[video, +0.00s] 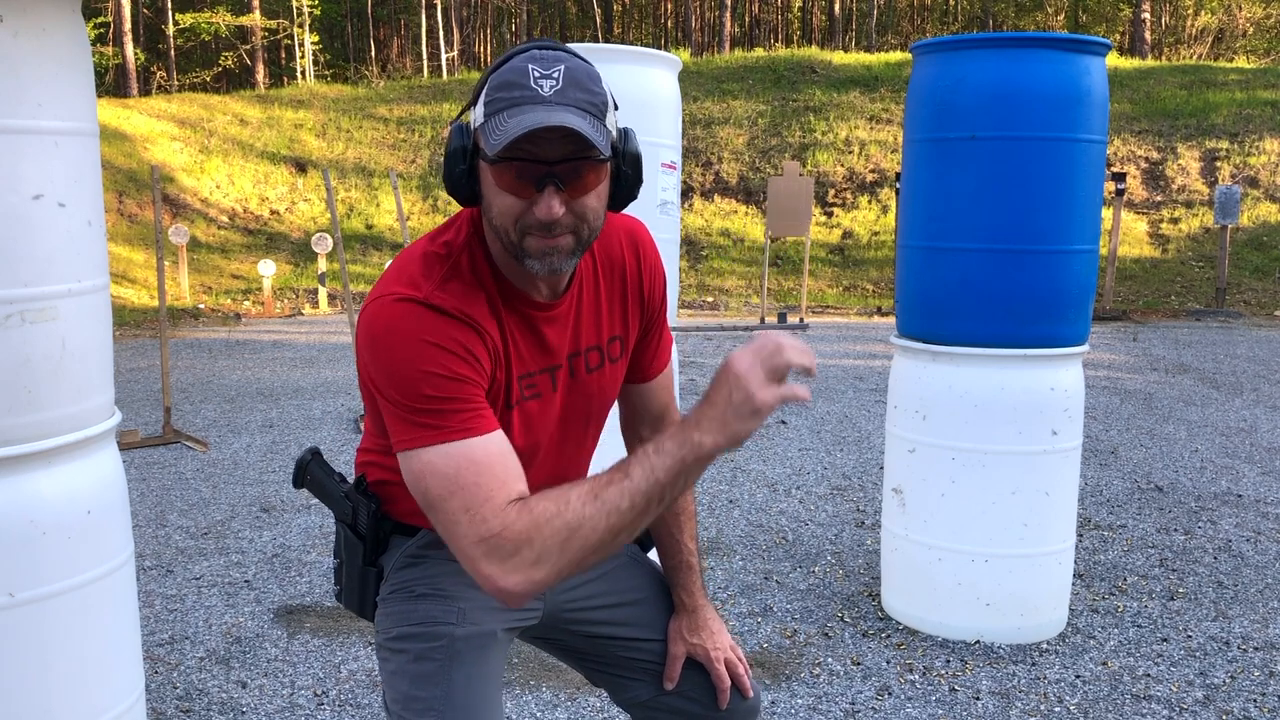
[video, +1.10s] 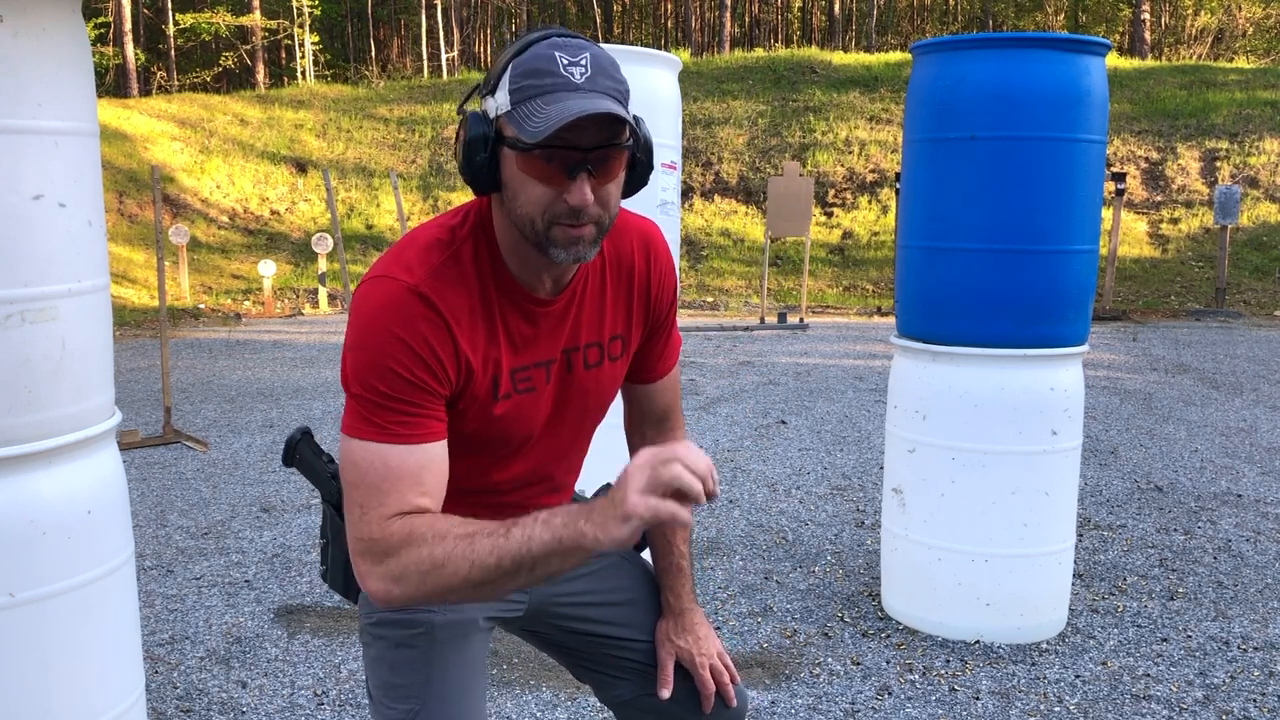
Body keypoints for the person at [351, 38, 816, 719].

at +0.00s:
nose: (550, 204)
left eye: (577, 172)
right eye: (523, 171)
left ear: (613, 170)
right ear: (474, 166)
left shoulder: (628, 253)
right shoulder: (415, 313)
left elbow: (655, 432)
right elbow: (510, 558)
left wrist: (690, 599)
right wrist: (703, 430)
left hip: (567, 536)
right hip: (433, 551)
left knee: (721, 701)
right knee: (456, 705)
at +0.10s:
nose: (559, 199)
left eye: (584, 164)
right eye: (530, 164)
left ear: (619, 163)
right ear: (480, 160)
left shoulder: (629, 252)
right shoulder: (415, 312)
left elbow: (654, 426)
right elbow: (466, 573)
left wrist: (690, 593)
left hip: (556, 522)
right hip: (432, 543)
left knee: (718, 701)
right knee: (455, 706)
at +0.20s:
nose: (572, 189)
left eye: (596, 156)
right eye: (542, 156)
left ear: (627, 159)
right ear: (489, 155)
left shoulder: (632, 251)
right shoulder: (415, 311)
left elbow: (655, 427)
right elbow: (426, 574)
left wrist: (689, 602)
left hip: (569, 537)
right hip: (442, 563)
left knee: (714, 694)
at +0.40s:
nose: (591, 169)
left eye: (609, 138)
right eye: (559, 140)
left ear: (636, 146)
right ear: (495, 152)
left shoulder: (642, 255)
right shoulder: (419, 301)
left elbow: (659, 429)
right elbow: (353, 553)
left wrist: (686, 602)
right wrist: (572, 627)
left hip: (570, 532)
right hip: (439, 552)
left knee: (712, 698)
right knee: (449, 705)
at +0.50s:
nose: (590, 168)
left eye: (608, 138)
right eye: (559, 140)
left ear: (631, 145)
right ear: (490, 151)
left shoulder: (642, 255)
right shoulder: (413, 296)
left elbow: (661, 432)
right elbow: (357, 551)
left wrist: (685, 600)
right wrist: (580, 537)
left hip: (564, 547)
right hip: (430, 571)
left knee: (708, 701)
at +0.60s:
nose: (584, 172)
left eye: (602, 139)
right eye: (551, 141)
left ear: (626, 146)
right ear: (485, 150)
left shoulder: (641, 254)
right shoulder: (406, 293)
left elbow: (660, 427)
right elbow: (386, 557)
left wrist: (684, 605)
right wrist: (603, 455)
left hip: (572, 535)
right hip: (433, 567)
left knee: (711, 703)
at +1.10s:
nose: (581, 195)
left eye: (602, 161)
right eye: (550, 162)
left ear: (629, 159)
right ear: (489, 156)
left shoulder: (640, 257)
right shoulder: (406, 298)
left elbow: (658, 440)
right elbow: (389, 560)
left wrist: (681, 603)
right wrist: (598, 520)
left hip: (561, 546)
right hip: (426, 568)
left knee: (708, 703)